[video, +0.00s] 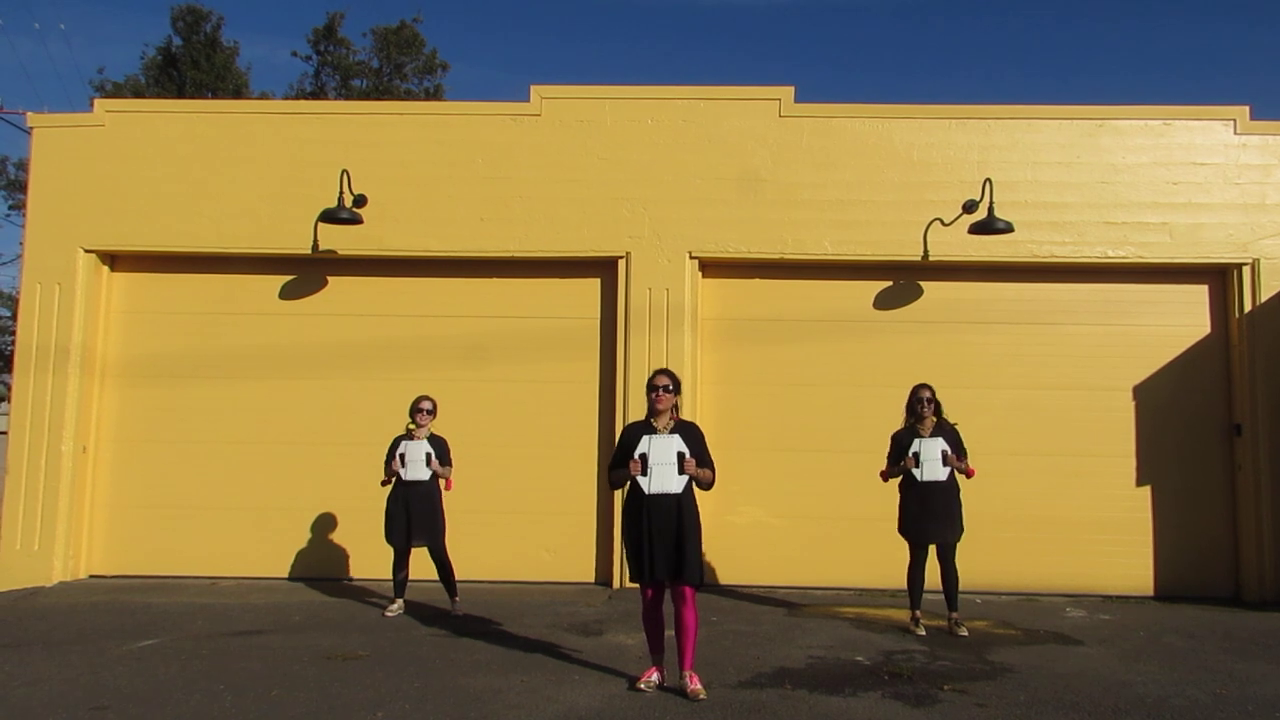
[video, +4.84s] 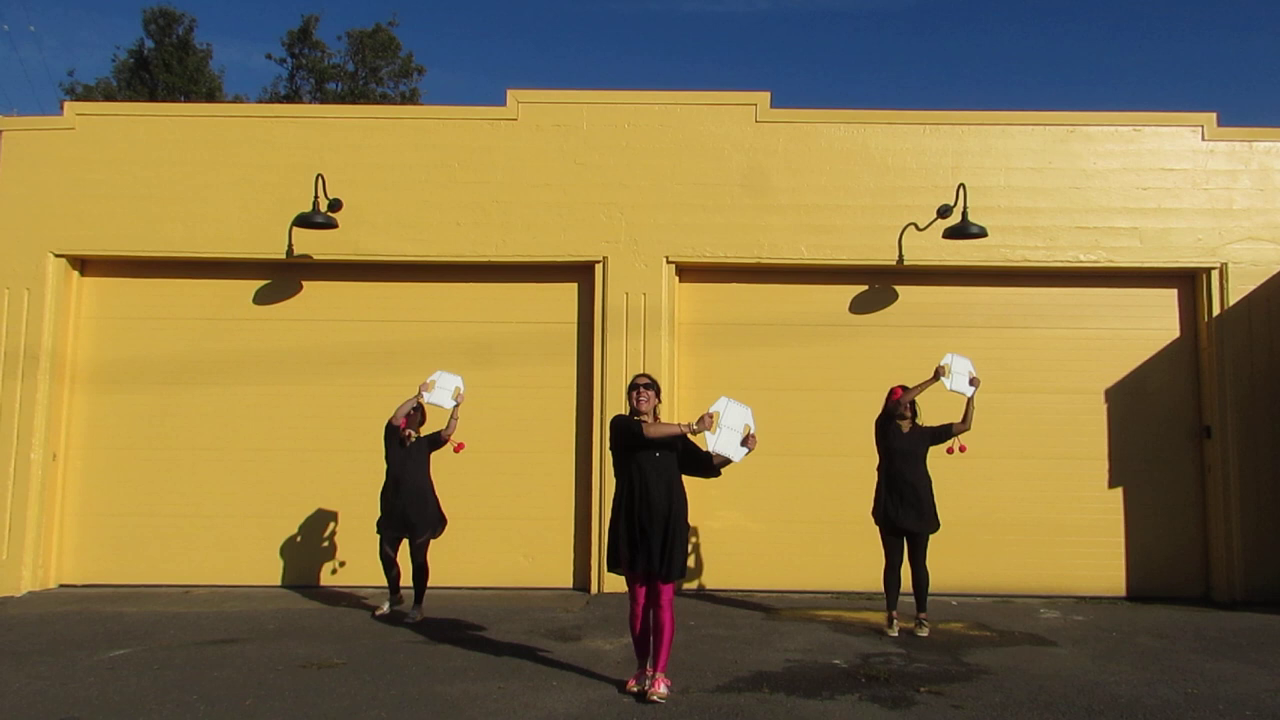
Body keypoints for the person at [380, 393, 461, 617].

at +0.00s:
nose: (423, 415)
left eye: (428, 412)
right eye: (419, 411)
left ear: (433, 416)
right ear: (412, 413)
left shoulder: (439, 442)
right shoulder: (400, 441)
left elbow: (448, 473)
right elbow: (388, 473)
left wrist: (437, 468)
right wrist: (393, 469)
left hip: (429, 503)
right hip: (402, 503)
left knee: (438, 551)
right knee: (401, 550)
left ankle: (454, 600)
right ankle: (398, 600)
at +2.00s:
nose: (430, 417)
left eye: (435, 414)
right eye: (426, 413)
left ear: (441, 418)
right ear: (420, 417)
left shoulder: (449, 446)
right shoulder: (410, 445)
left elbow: (458, 475)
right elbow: (401, 476)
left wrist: (448, 474)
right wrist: (404, 473)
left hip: (442, 507)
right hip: (414, 506)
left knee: (447, 555)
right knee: (408, 555)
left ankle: (457, 604)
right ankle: (401, 604)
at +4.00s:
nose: (410, 417)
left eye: (415, 413)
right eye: (406, 413)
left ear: (423, 417)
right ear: (402, 418)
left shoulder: (431, 446)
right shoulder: (393, 446)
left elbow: (441, 476)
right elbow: (382, 476)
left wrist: (428, 475)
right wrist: (384, 474)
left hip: (422, 510)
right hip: (393, 509)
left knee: (428, 558)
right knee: (387, 557)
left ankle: (436, 606)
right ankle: (380, 606)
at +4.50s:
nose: (407, 423)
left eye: (412, 420)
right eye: (403, 420)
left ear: (420, 425)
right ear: (399, 426)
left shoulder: (428, 454)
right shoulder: (391, 453)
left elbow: (438, 483)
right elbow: (374, 479)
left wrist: (430, 482)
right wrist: (387, 474)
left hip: (419, 516)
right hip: (391, 514)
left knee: (424, 561)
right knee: (382, 561)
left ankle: (432, 607)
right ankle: (378, 606)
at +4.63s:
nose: (407, 409)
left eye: (412, 406)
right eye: (403, 406)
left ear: (420, 412)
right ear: (398, 411)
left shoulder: (425, 436)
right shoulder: (390, 433)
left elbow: (440, 462)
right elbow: (381, 443)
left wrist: (450, 450)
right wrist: (410, 438)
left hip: (419, 501)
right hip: (392, 500)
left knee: (420, 554)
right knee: (385, 552)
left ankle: (426, 601)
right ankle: (375, 601)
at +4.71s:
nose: (407, 408)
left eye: (413, 405)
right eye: (403, 405)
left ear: (420, 413)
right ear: (397, 410)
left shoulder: (423, 439)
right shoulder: (388, 433)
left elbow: (442, 449)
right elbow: (391, 426)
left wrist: (458, 433)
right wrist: (422, 418)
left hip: (419, 501)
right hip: (393, 500)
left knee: (417, 553)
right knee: (388, 551)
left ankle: (418, 603)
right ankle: (382, 598)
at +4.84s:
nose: (409, 415)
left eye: (414, 413)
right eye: (408, 412)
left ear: (420, 420)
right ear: (403, 419)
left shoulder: (424, 443)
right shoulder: (393, 440)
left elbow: (447, 433)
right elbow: (396, 419)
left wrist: (456, 406)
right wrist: (417, 397)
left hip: (421, 508)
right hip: (394, 508)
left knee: (419, 559)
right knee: (386, 553)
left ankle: (417, 606)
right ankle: (394, 597)